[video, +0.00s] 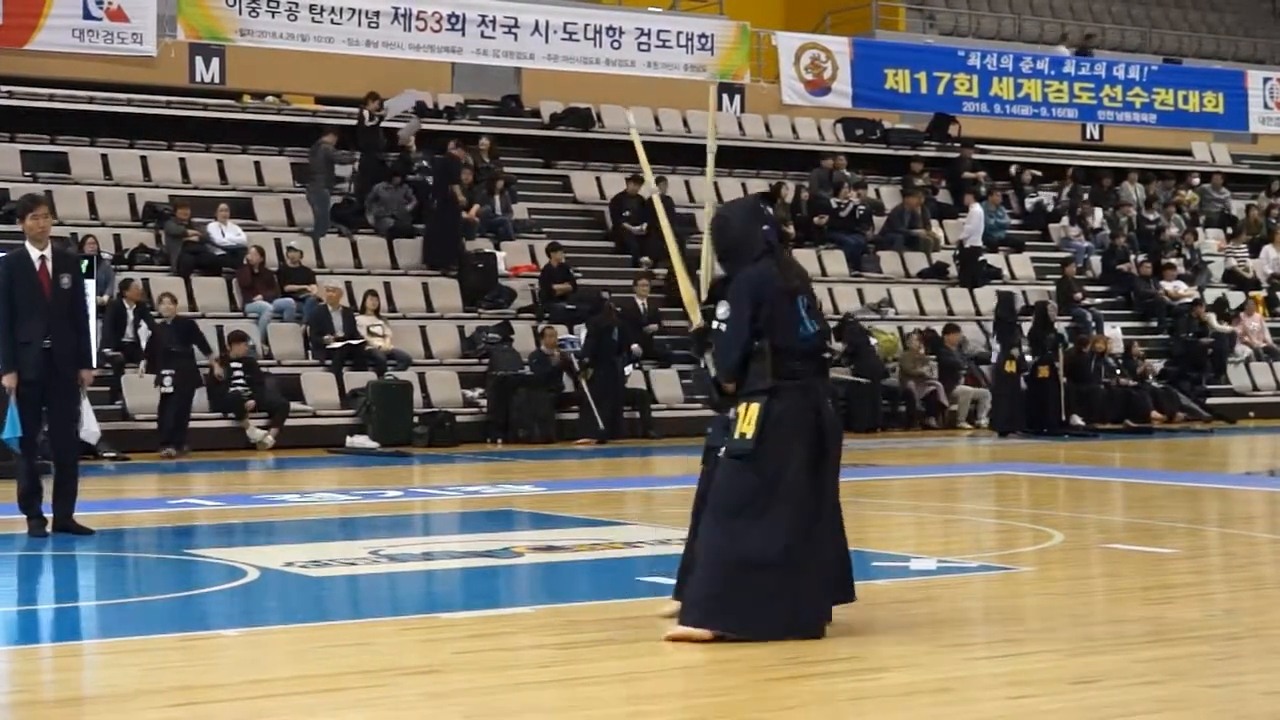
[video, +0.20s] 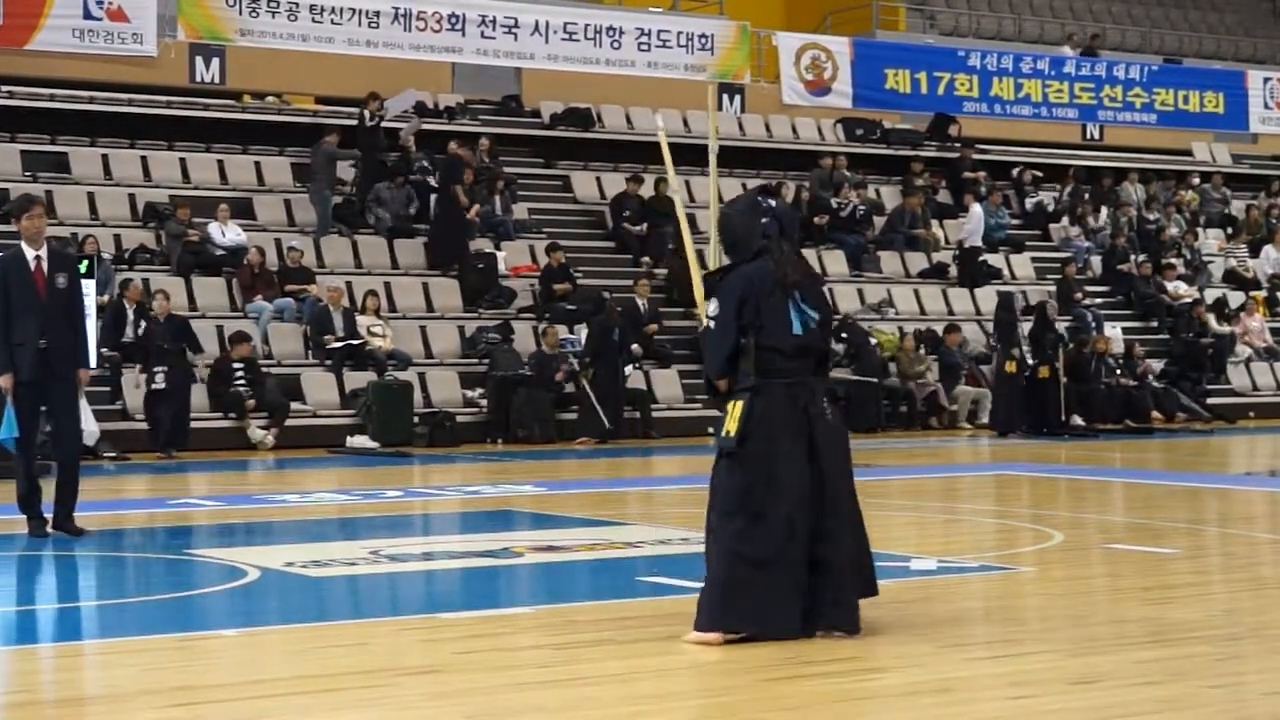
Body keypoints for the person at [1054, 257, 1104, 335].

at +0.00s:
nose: (1074, 269)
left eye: (1074, 267)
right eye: (1072, 267)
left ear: (1076, 268)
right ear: (1065, 268)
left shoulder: (1074, 280)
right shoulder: (1062, 282)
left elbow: (1085, 292)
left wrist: (1081, 295)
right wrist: (1084, 292)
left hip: (1079, 304)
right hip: (1068, 306)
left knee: (1098, 315)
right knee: (1086, 315)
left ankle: (1101, 338)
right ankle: (1089, 339)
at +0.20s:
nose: (1073, 269)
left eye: (1074, 266)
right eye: (1071, 267)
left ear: (1076, 268)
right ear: (1065, 268)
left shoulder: (1075, 280)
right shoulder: (1062, 282)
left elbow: (1085, 292)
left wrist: (1081, 294)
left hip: (1080, 304)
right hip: (1069, 306)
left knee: (1098, 315)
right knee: (1085, 315)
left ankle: (1100, 337)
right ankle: (1089, 339)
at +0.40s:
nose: (1073, 269)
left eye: (1074, 266)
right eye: (1070, 266)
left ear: (1076, 268)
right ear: (1065, 269)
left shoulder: (1075, 281)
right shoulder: (1062, 282)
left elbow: (1085, 292)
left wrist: (1081, 294)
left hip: (1079, 304)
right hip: (1068, 306)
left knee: (1098, 315)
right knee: (1086, 315)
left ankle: (1101, 337)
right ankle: (1089, 339)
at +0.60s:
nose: (1073, 269)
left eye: (1074, 266)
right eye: (1070, 266)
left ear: (1076, 268)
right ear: (1064, 268)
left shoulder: (1075, 281)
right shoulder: (1062, 282)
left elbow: (1085, 292)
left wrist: (1081, 295)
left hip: (1079, 304)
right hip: (1068, 306)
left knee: (1098, 315)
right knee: (1086, 315)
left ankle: (1101, 338)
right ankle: (1089, 339)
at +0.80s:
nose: (1073, 269)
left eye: (1074, 266)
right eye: (1070, 266)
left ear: (1076, 268)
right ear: (1064, 268)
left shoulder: (1075, 281)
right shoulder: (1063, 282)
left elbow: (1085, 291)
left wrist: (1081, 295)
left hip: (1080, 304)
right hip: (1069, 306)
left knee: (1098, 315)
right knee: (1086, 315)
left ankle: (1101, 337)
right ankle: (1089, 339)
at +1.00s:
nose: (1073, 269)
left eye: (1074, 266)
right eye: (1070, 266)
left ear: (1076, 268)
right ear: (1064, 268)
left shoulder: (1075, 281)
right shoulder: (1063, 282)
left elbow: (1084, 291)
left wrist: (1081, 295)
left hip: (1080, 304)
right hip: (1068, 306)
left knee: (1098, 315)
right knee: (1086, 315)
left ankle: (1101, 338)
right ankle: (1089, 339)